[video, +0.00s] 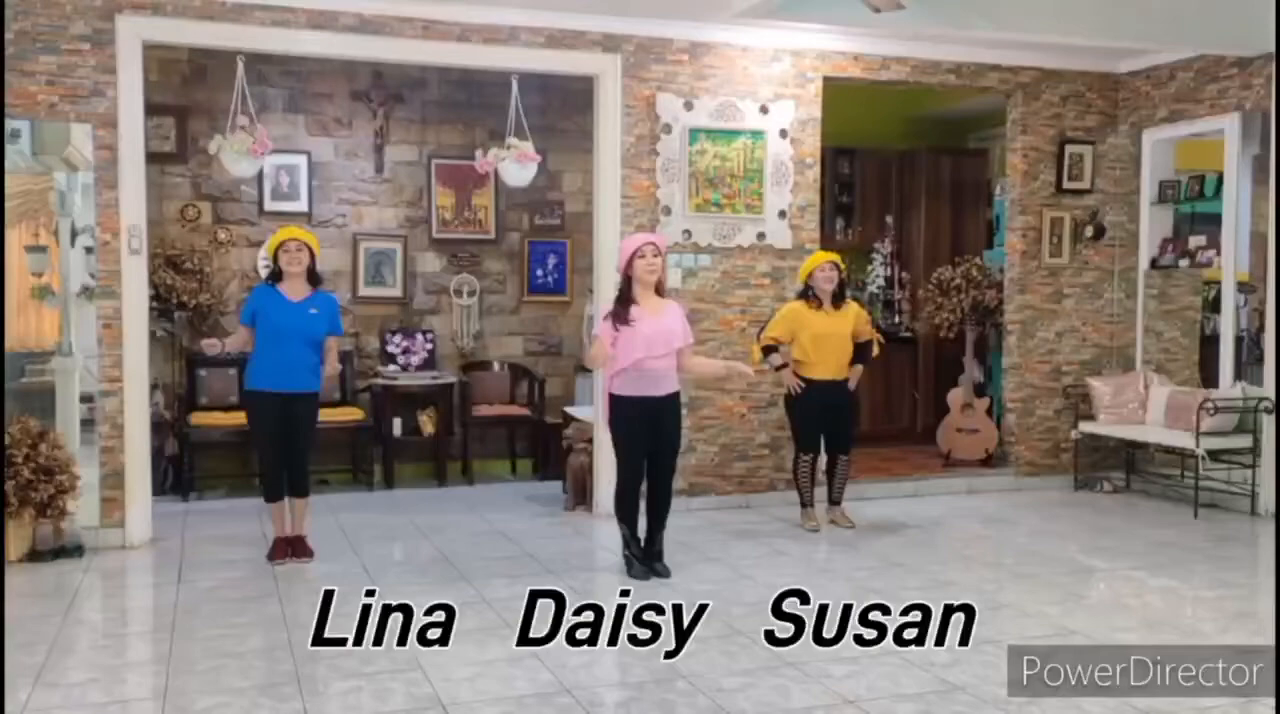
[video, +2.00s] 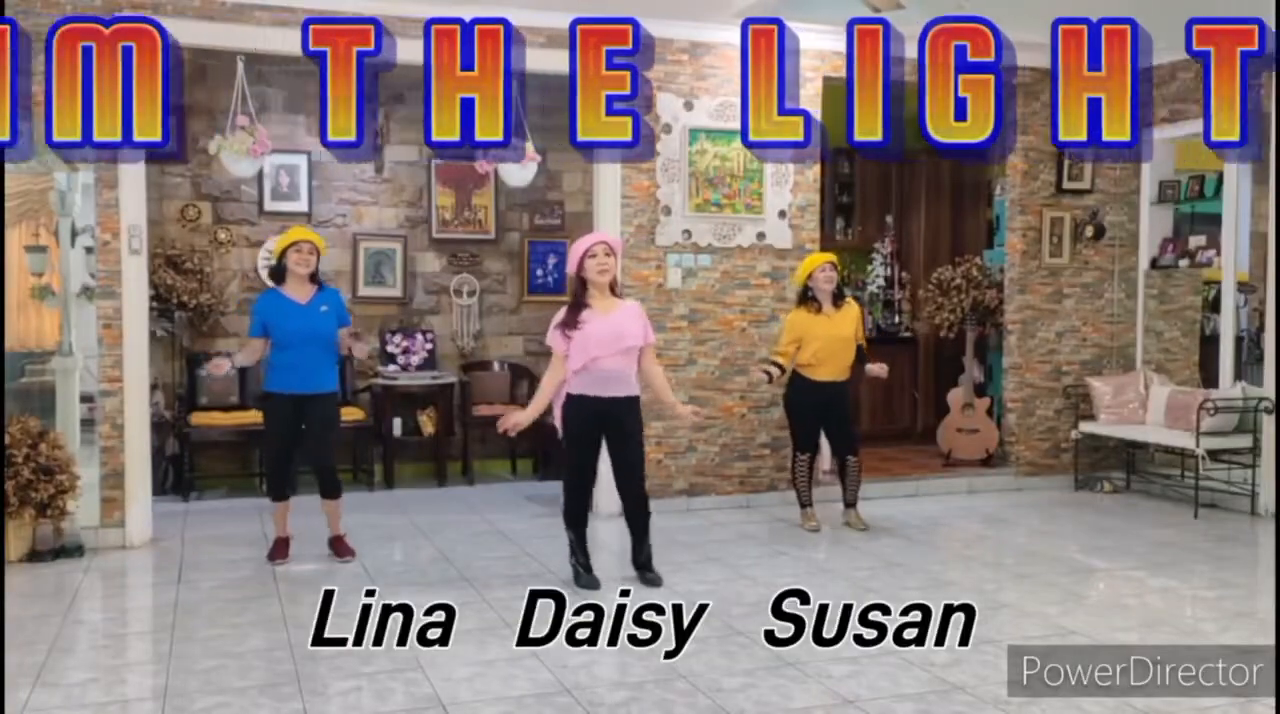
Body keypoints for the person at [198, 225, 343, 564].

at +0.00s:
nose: (293, 255)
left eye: (299, 250)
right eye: (286, 251)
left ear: (310, 257)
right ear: (277, 259)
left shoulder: (325, 301)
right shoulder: (261, 295)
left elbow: (331, 348)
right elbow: (245, 338)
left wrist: (331, 364)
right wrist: (223, 345)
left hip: (304, 391)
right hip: (263, 390)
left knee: (298, 460)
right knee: (270, 462)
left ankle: (299, 535)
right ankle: (281, 536)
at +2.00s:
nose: (304, 257)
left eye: (310, 252)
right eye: (297, 251)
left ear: (318, 260)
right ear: (283, 257)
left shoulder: (332, 298)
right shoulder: (267, 301)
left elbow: (344, 341)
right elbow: (256, 347)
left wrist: (355, 347)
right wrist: (231, 361)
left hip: (323, 395)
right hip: (280, 396)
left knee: (325, 463)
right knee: (278, 465)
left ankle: (337, 535)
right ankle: (281, 537)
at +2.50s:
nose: (325, 257)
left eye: (331, 252)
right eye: (318, 252)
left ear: (339, 259)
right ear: (306, 259)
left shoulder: (354, 296)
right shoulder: (292, 303)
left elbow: (363, 338)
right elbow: (284, 351)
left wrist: (379, 351)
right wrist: (277, 385)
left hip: (348, 395)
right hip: (308, 396)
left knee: (343, 466)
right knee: (312, 467)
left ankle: (338, 535)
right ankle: (304, 531)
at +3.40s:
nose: (302, 256)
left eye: (308, 251)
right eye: (295, 251)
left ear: (316, 259)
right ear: (283, 258)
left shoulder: (324, 303)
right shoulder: (263, 295)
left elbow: (325, 349)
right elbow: (244, 336)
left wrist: (349, 357)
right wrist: (234, 362)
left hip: (309, 396)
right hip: (265, 395)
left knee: (320, 463)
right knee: (265, 465)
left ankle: (335, 534)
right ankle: (267, 538)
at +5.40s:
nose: (308, 254)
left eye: (313, 248)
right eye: (300, 250)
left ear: (323, 256)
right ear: (290, 259)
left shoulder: (336, 298)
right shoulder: (277, 297)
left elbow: (342, 346)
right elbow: (255, 338)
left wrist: (373, 340)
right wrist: (273, 356)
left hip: (329, 394)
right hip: (288, 394)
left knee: (329, 465)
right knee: (281, 466)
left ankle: (331, 536)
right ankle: (259, 538)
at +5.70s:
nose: (290, 255)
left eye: (296, 250)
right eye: (283, 250)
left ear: (306, 259)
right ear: (271, 259)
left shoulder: (313, 304)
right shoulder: (255, 294)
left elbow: (314, 353)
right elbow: (211, 325)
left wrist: (341, 355)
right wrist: (223, 360)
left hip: (298, 397)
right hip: (255, 395)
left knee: (311, 465)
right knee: (254, 469)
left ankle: (323, 537)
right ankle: (255, 541)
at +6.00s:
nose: (272, 254)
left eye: (279, 249)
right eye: (265, 250)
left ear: (291, 257)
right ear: (256, 258)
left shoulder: (305, 304)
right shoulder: (239, 293)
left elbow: (303, 348)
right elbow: (203, 323)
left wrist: (306, 361)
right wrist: (189, 353)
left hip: (285, 396)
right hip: (241, 394)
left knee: (286, 466)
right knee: (246, 468)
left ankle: (278, 536)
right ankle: (253, 541)